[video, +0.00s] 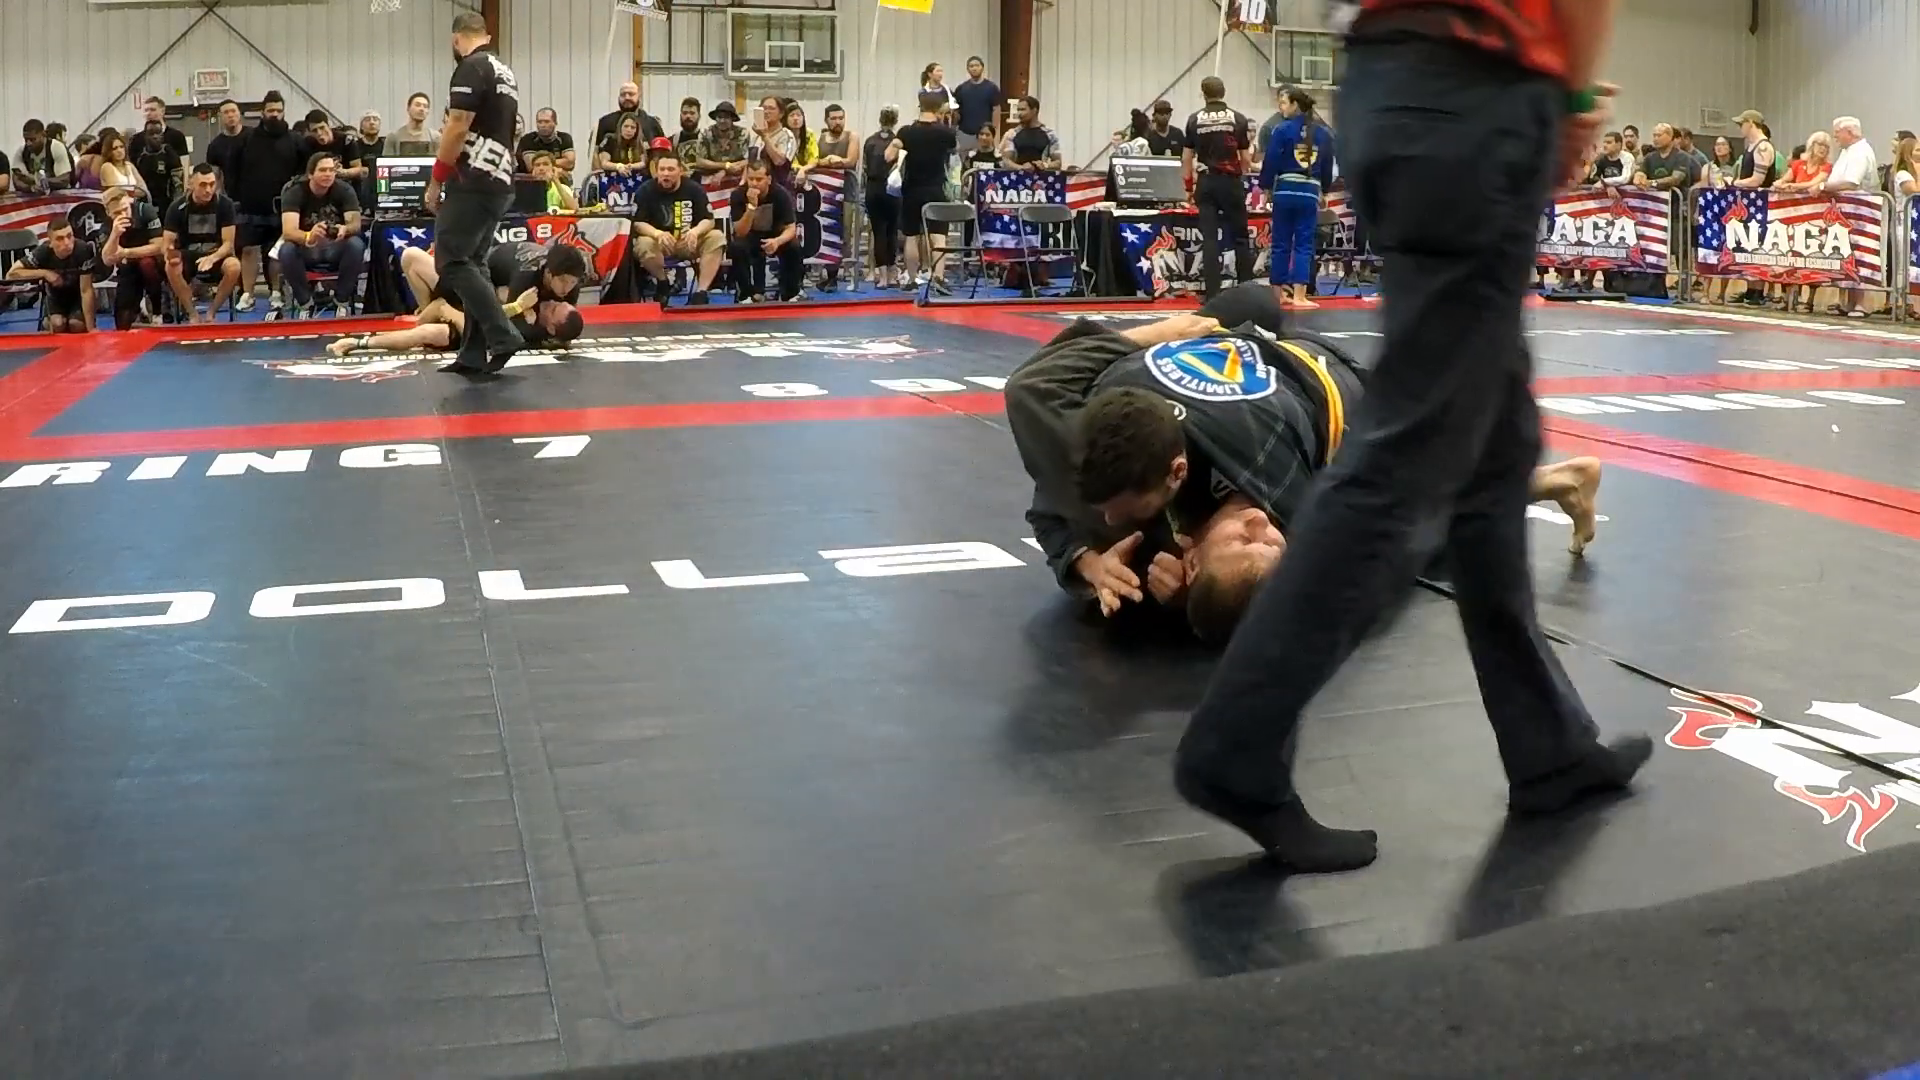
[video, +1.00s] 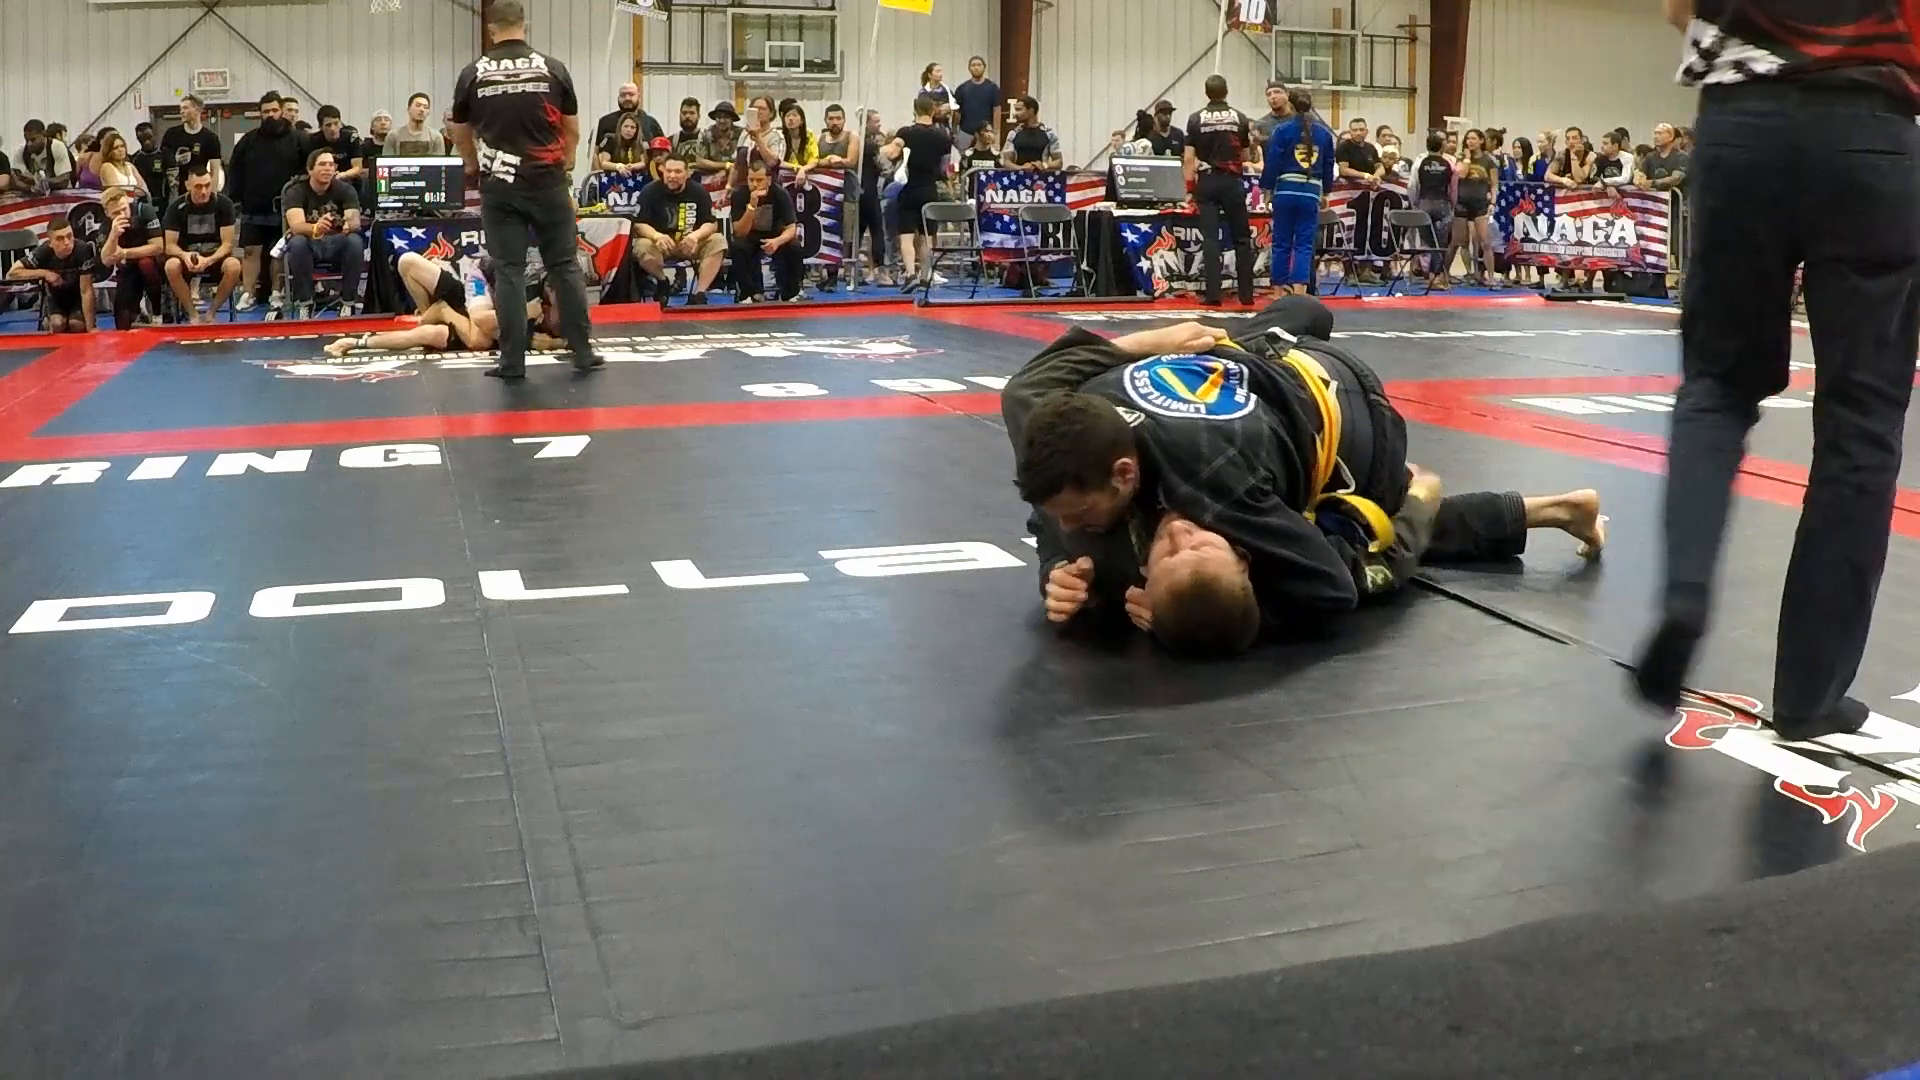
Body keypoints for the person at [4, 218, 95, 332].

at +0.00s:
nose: (67, 243)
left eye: (69, 236)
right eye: (60, 239)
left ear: (73, 235)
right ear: (50, 241)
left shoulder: (83, 249)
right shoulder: (43, 251)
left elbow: (86, 290)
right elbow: (12, 274)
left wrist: (91, 328)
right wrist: (44, 273)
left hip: (78, 291)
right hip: (55, 292)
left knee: (76, 324)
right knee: (58, 323)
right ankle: (46, 323)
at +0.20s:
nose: (67, 243)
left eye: (69, 236)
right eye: (60, 239)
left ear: (73, 235)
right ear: (50, 240)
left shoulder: (83, 250)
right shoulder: (44, 251)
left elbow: (86, 290)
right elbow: (12, 274)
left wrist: (91, 328)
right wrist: (44, 273)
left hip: (78, 292)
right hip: (55, 292)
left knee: (76, 324)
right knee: (58, 323)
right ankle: (46, 323)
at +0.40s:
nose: (67, 243)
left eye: (69, 236)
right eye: (60, 239)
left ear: (73, 235)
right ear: (50, 240)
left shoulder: (83, 249)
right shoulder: (44, 251)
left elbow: (86, 290)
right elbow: (12, 273)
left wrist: (91, 327)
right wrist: (44, 273)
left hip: (77, 292)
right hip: (55, 292)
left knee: (77, 324)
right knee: (58, 323)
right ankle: (46, 323)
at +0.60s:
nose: (67, 243)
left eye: (69, 237)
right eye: (60, 239)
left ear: (73, 235)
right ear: (50, 240)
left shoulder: (83, 249)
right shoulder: (44, 251)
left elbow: (86, 290)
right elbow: (12, 273)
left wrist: (91, 328)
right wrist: (44, 273)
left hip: (78, 292)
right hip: (55, 292)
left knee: (77, 325)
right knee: (58, 323)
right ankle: (46, 323)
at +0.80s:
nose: (67, 243)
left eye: (69, 237)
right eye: (60, 239)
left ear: (73, 235)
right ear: (50, 240)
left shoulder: (83, 249)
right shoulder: (44, 251)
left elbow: (86, 290)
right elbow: (12, 273)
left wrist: (91, 328)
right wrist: (44, 273)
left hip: (78, 292)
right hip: (56, 292)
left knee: (76, 324)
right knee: (57, 323)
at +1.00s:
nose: (67, 243)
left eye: (69, 237)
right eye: (60, 239)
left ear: (73, 235)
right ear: (50, 240)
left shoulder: (83, 249)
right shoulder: (44, 251)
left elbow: (86, 290)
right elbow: (12, 273)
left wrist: (91, 328)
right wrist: (44, 273)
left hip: (78, 292)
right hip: (55, 292)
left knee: (76, 324)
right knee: (57, 323)